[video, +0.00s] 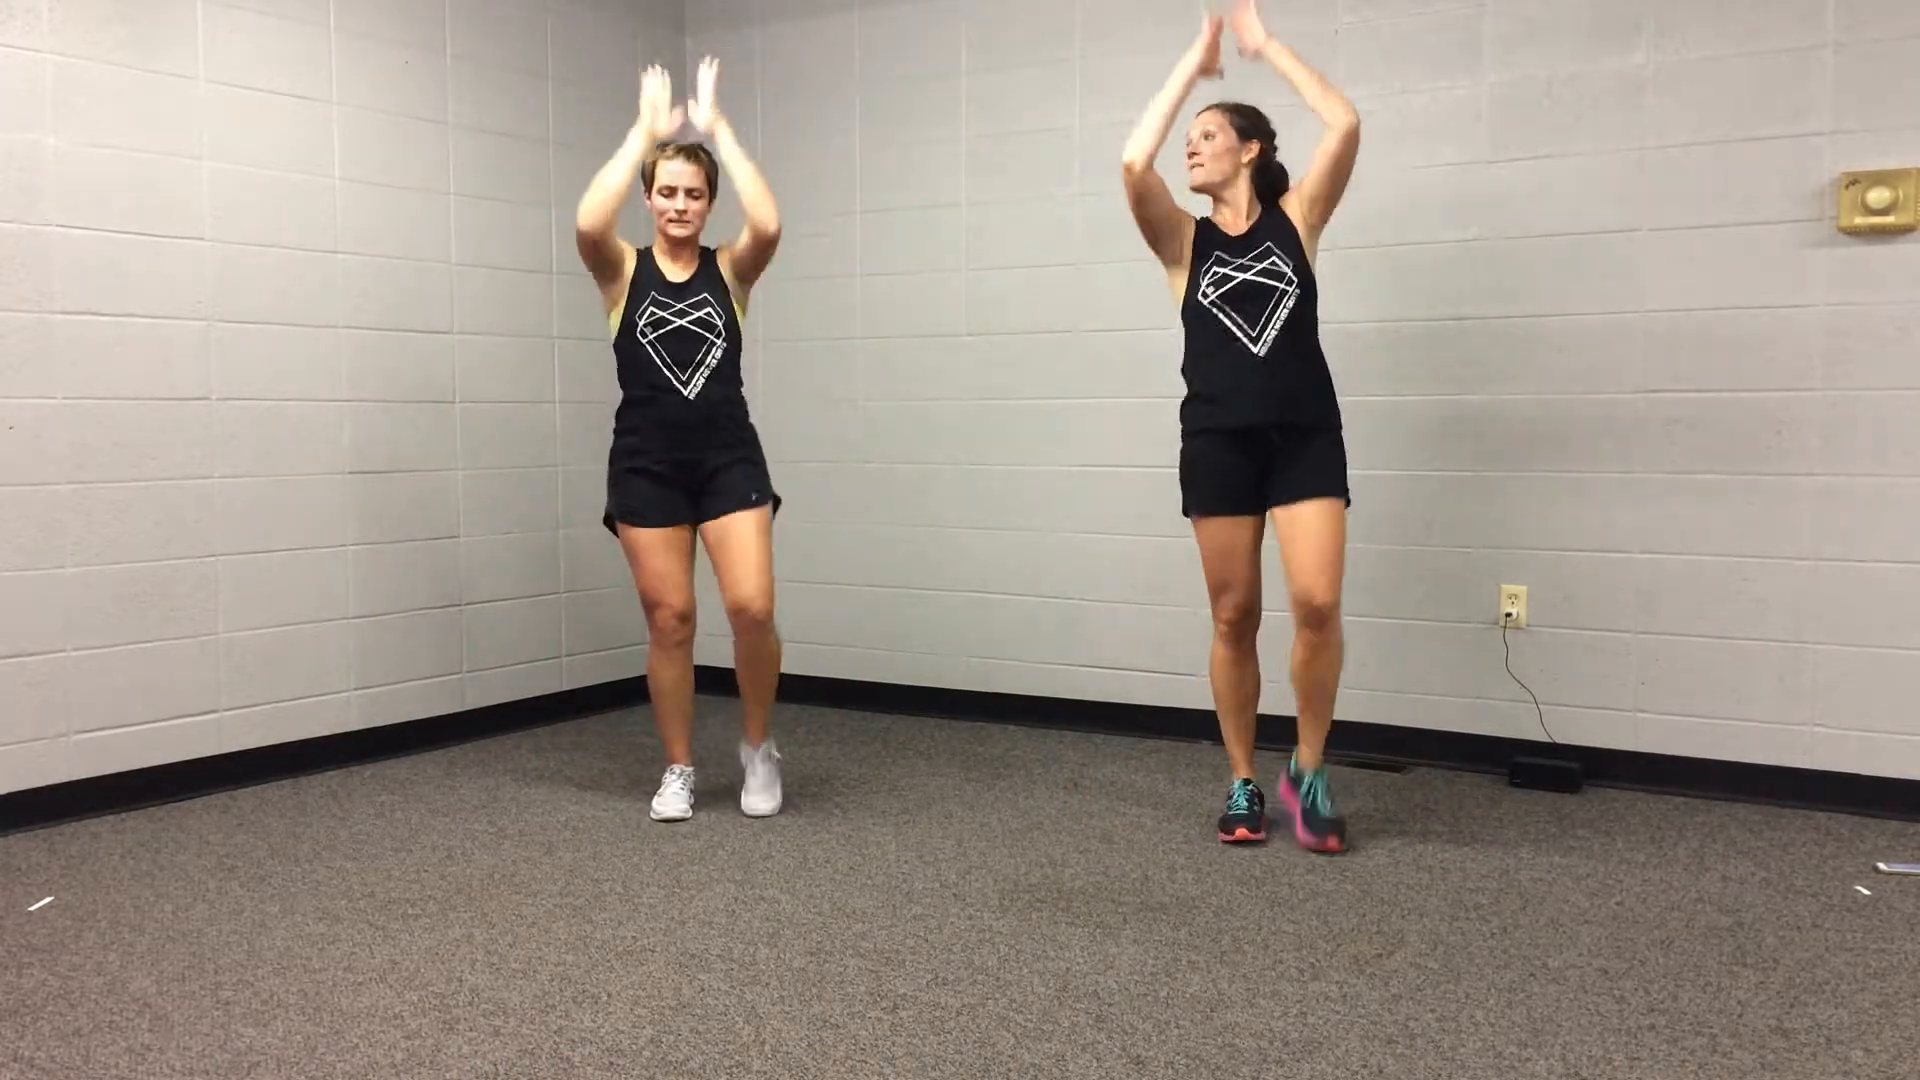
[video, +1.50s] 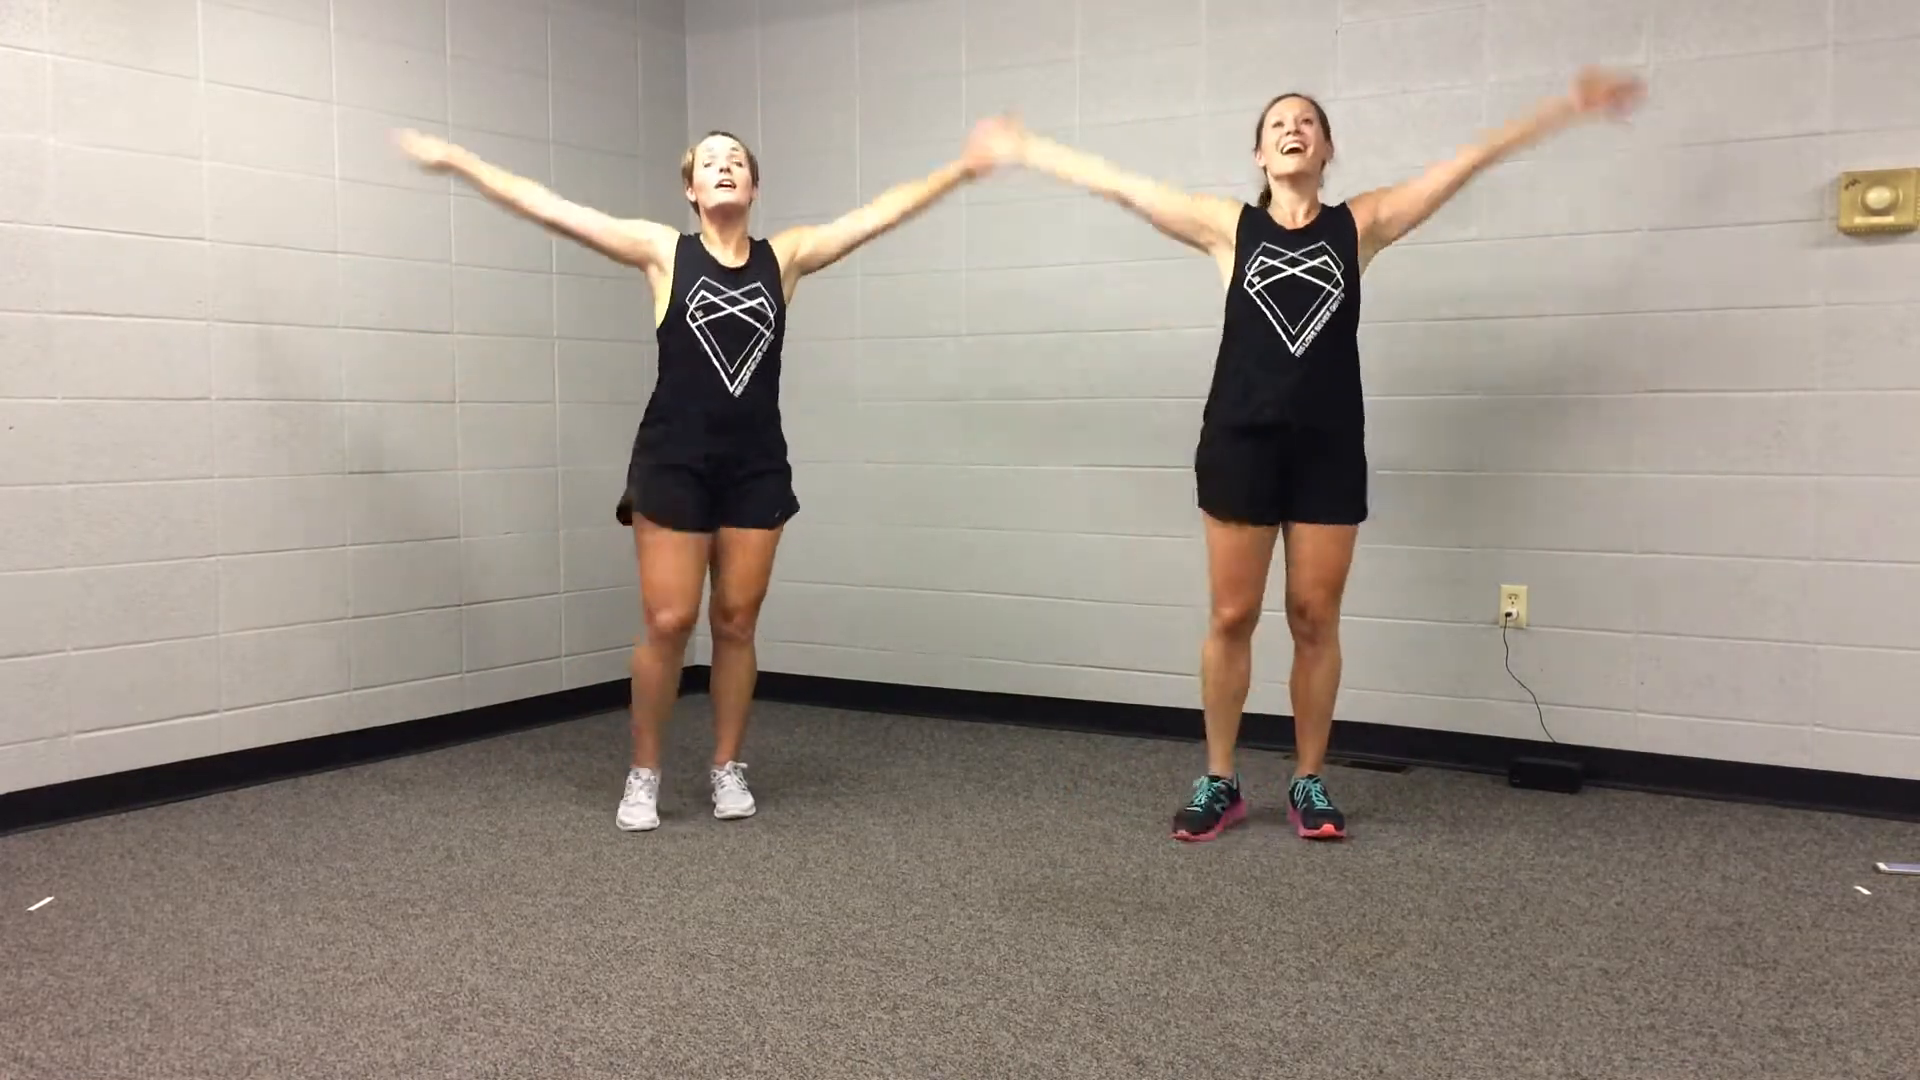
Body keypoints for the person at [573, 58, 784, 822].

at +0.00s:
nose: (680, 203)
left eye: (694, 193)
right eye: (668, 191)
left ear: (710, 202)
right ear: (649, 198)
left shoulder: (731, 270)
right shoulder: (620, 270)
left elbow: (766, 227)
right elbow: (590, 226)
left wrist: (716, 128)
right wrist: (645, 132)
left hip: (729, 458)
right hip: (646, 464)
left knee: (753, 608)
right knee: (668, 619)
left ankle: (758, 749)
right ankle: (678, 767)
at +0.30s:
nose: (691, 180)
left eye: (702, 171)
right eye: (678, 170)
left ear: (719, 190)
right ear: (656, 189)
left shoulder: (749, 262)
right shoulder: (622, 272)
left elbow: (818, 338)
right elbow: (575, 365)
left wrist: (732, 327)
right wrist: (658, 340)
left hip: (733, 460)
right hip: (650, 465)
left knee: (753, 602)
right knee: (672, 615)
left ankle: (731, 741)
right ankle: (679, 767)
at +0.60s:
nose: (704, 181)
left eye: (715, 176)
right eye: (690, 176)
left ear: (735, 204)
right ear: (670, 206)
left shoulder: (766, 276)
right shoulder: (641, 279)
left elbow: (789, 369)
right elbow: (618, 383)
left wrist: (748, 277)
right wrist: (663, 302)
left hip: (758, 461)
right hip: (676, 458)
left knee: (746, 625)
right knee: (659, 561)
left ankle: (730, 764)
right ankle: (669, 673)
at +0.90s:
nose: (715, 170)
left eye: (727, 165)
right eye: (701, 167)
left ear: (747, 193)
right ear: (683, 197)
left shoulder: (785, 266)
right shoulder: (653, 273)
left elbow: (807, 363)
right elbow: (624, 370)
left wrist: (780, 420)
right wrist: (653, 425)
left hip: (750, 462)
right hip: (667, 462)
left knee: (735, 623)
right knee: (673, 618)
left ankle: (727, 766)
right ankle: (651, 762)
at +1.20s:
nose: (720, 185)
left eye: (730, 180)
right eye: (707, 182)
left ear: (749, 210)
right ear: (687, 212)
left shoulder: (783, 286)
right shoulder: (652, 285)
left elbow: (864, 347)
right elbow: (572, 356)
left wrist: (935, 393)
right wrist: (491, 413)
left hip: (763, 474)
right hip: (681, 471)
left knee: (748, 630)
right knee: (644, 574)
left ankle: (730, 768)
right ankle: (658, 689)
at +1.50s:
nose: (724, 167)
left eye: (736, 161)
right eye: (709, 163)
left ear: (755, 188)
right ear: (689, 192)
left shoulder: (785, 255)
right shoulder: (663, 250)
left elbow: (877, 214)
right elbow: (554, 209)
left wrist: (962, 168)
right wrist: (461, 160)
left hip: (756, 467)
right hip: (672, 465)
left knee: (736, 621)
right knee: (669, 621)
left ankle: (727, 768)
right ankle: (645, 774)